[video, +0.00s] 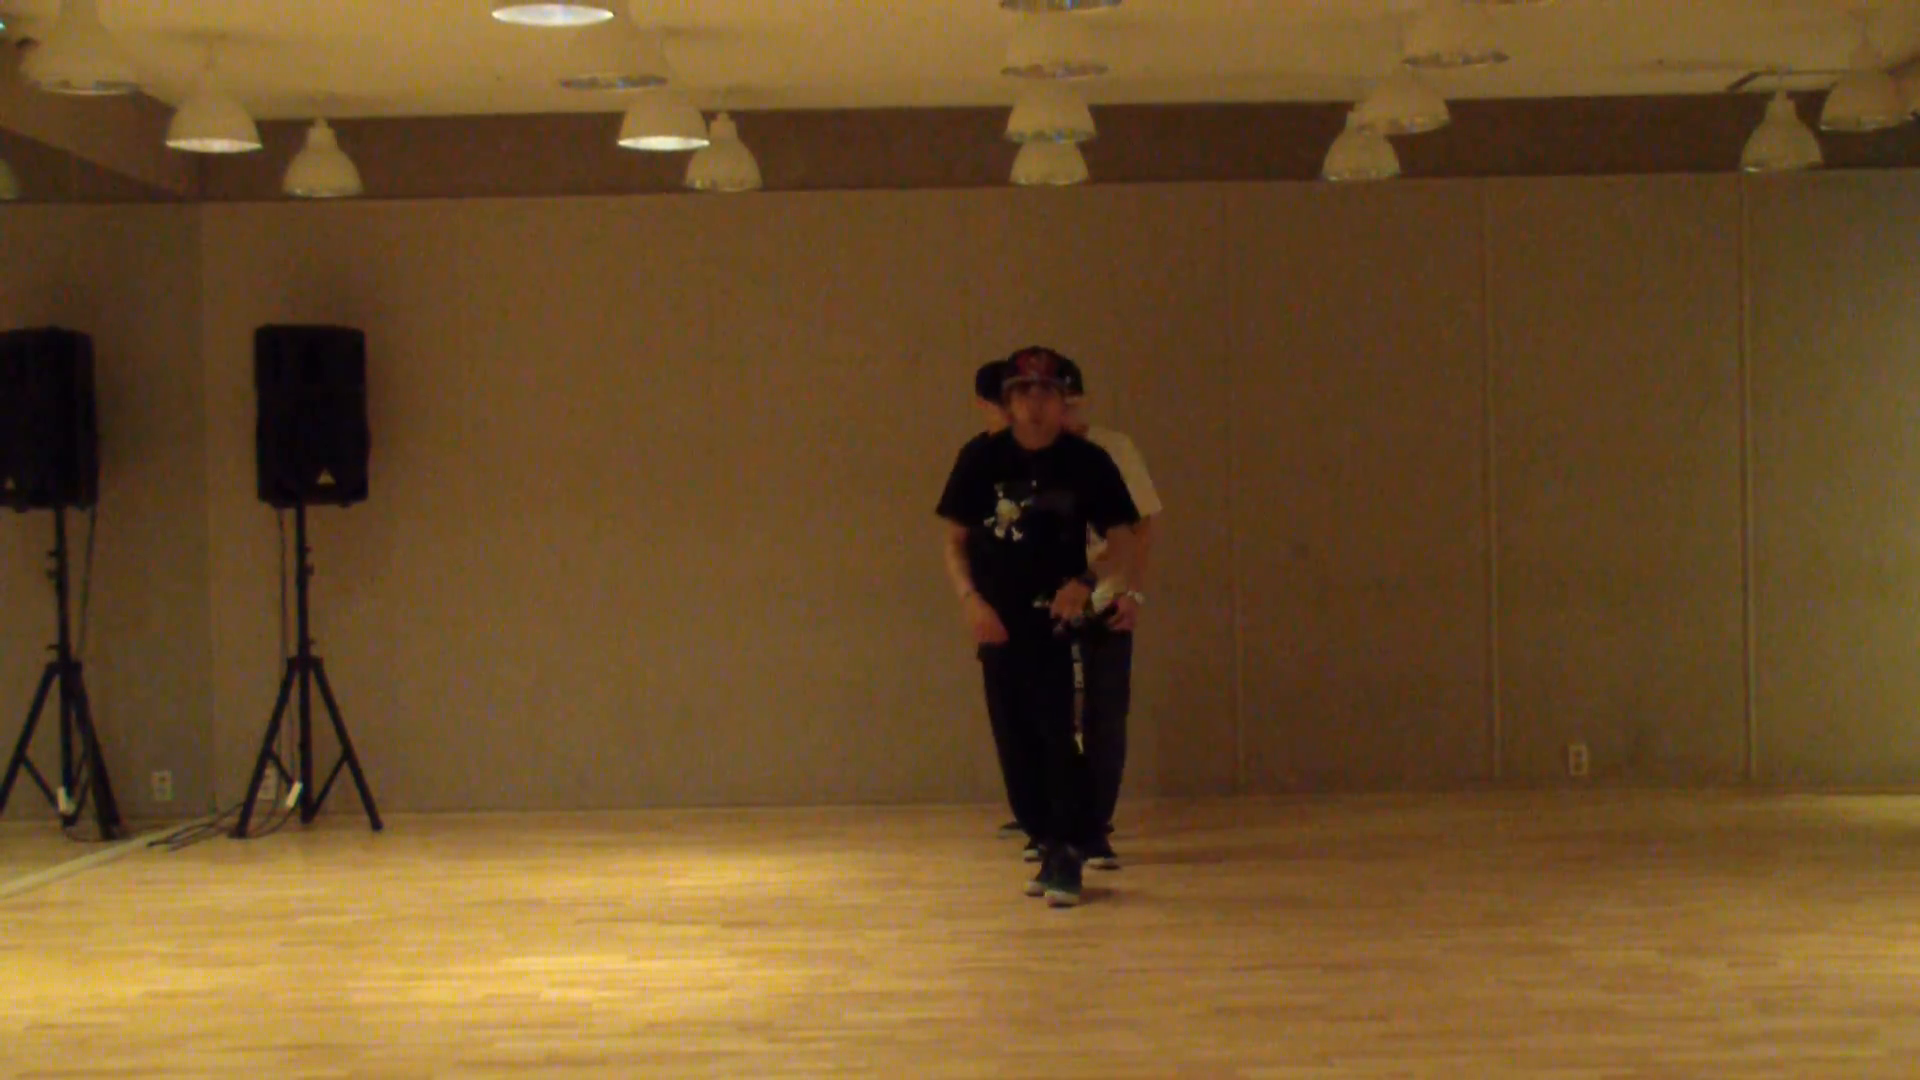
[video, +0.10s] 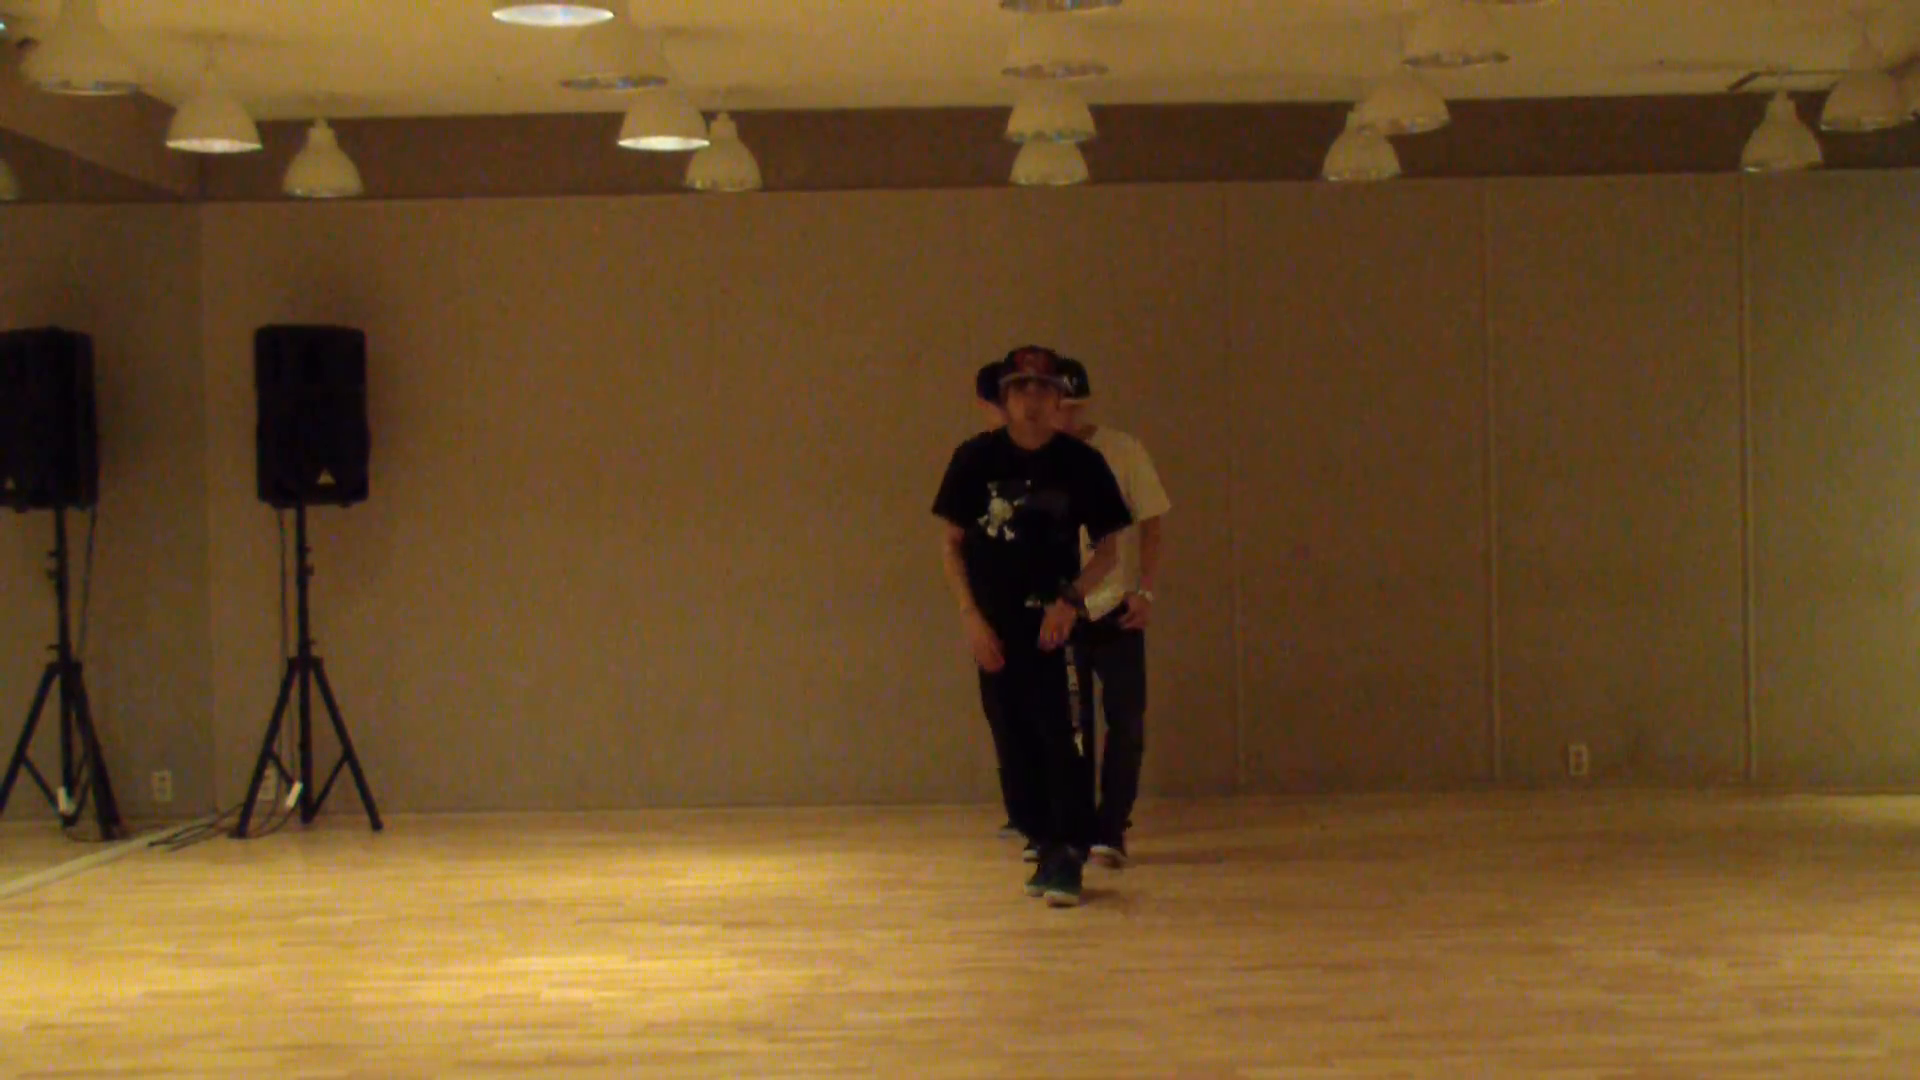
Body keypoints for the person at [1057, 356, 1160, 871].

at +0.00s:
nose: (1065, 412)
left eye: (1071, 401)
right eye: (1055, 403)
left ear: (1083, 403)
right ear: (1040, 406)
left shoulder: (1114, 449)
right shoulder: (1029, 460)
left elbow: (1143, 522)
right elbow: (1015, 534)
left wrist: (1129, 588)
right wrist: (1030, 585)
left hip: (1106, 602)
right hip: (1048, 603)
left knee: (1105, 719)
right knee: (1049, 718)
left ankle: (1096, 827)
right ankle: (1053, 825)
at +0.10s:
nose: (1067, 414)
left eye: (1074, 403)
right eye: (1058, 405)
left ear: (1088, 404)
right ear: (1044, 408)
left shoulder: (1123, 452)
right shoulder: (1037, 460)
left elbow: (1151, 523)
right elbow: (1023, 536)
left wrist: (1145, 588)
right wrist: (1043, 595)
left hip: (1116, 607)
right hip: (1060, 610)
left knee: (1124, 722)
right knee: (1068, 721)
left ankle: (1113, 828)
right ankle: (1072, 825)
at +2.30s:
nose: (1236, 411)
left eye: (1245, 401)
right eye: (1227, 402)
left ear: (1263, 406)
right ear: (1213, 409)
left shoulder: (1296, 456)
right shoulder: (1199, 468)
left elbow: (1326, 521)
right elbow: (1185, 539)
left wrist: (1316, 583)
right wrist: (1190, 607)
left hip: (1290, 603)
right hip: (1230, 611)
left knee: (1305, 710)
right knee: (1240, 722)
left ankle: (1309, 814)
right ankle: (1264, 820)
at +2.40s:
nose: (1247, 403)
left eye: (1257, 394)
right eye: (1238, 394)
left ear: (1273, 401)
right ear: (1223, 401)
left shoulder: (1302, 456)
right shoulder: (1203, 459)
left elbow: (1327, 521)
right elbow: (1184, 524)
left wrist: (1317, 579)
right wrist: (1189, 580)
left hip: (1287, 601)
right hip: (1227, 606)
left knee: (1294, 707)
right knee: (1242, 716)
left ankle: (1294, 816)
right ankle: (1260, 820)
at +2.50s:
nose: (1260, 402)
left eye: (1269, 393)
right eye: (1251, 393)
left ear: (1284, 402)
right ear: (1235, 400)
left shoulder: (1305, 460)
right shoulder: (1206, 456)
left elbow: (1327, 526)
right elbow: (1180, 520)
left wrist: (1317, 580)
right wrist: (1189, 570)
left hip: (1284, 604)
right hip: (1226, 608)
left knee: (1284, 713)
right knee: (1242, 718)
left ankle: (1282, 823)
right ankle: (1257, 821)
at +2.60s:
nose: (1267, 409)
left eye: (1276, 400)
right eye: (1258, 399)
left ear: (1292, 410)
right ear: (1242, 407)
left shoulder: (1307, 470)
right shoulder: (1208, 463)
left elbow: (1326, 538)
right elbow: (1175, 529)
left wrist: (1319, 592)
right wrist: (1189, 581)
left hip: (1281, 612)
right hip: (1224, 615)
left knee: (1274, 719)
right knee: (1240, 725)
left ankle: (1274, 829)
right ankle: (1258, 823)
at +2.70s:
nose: (1269, 409)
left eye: (1279, 400)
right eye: (1260, 400)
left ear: (1294, 410)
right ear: (1245, 408)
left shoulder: (1311, 475)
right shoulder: (1212, 464)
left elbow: (1321, 543)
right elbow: (1174, 528)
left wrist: (1313, 597)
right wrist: (1188, 594)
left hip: (1279, 615)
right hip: (1222, 617)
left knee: (1270, 719)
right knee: (1237, 724)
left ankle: (1269, 831)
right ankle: (1255, 821)